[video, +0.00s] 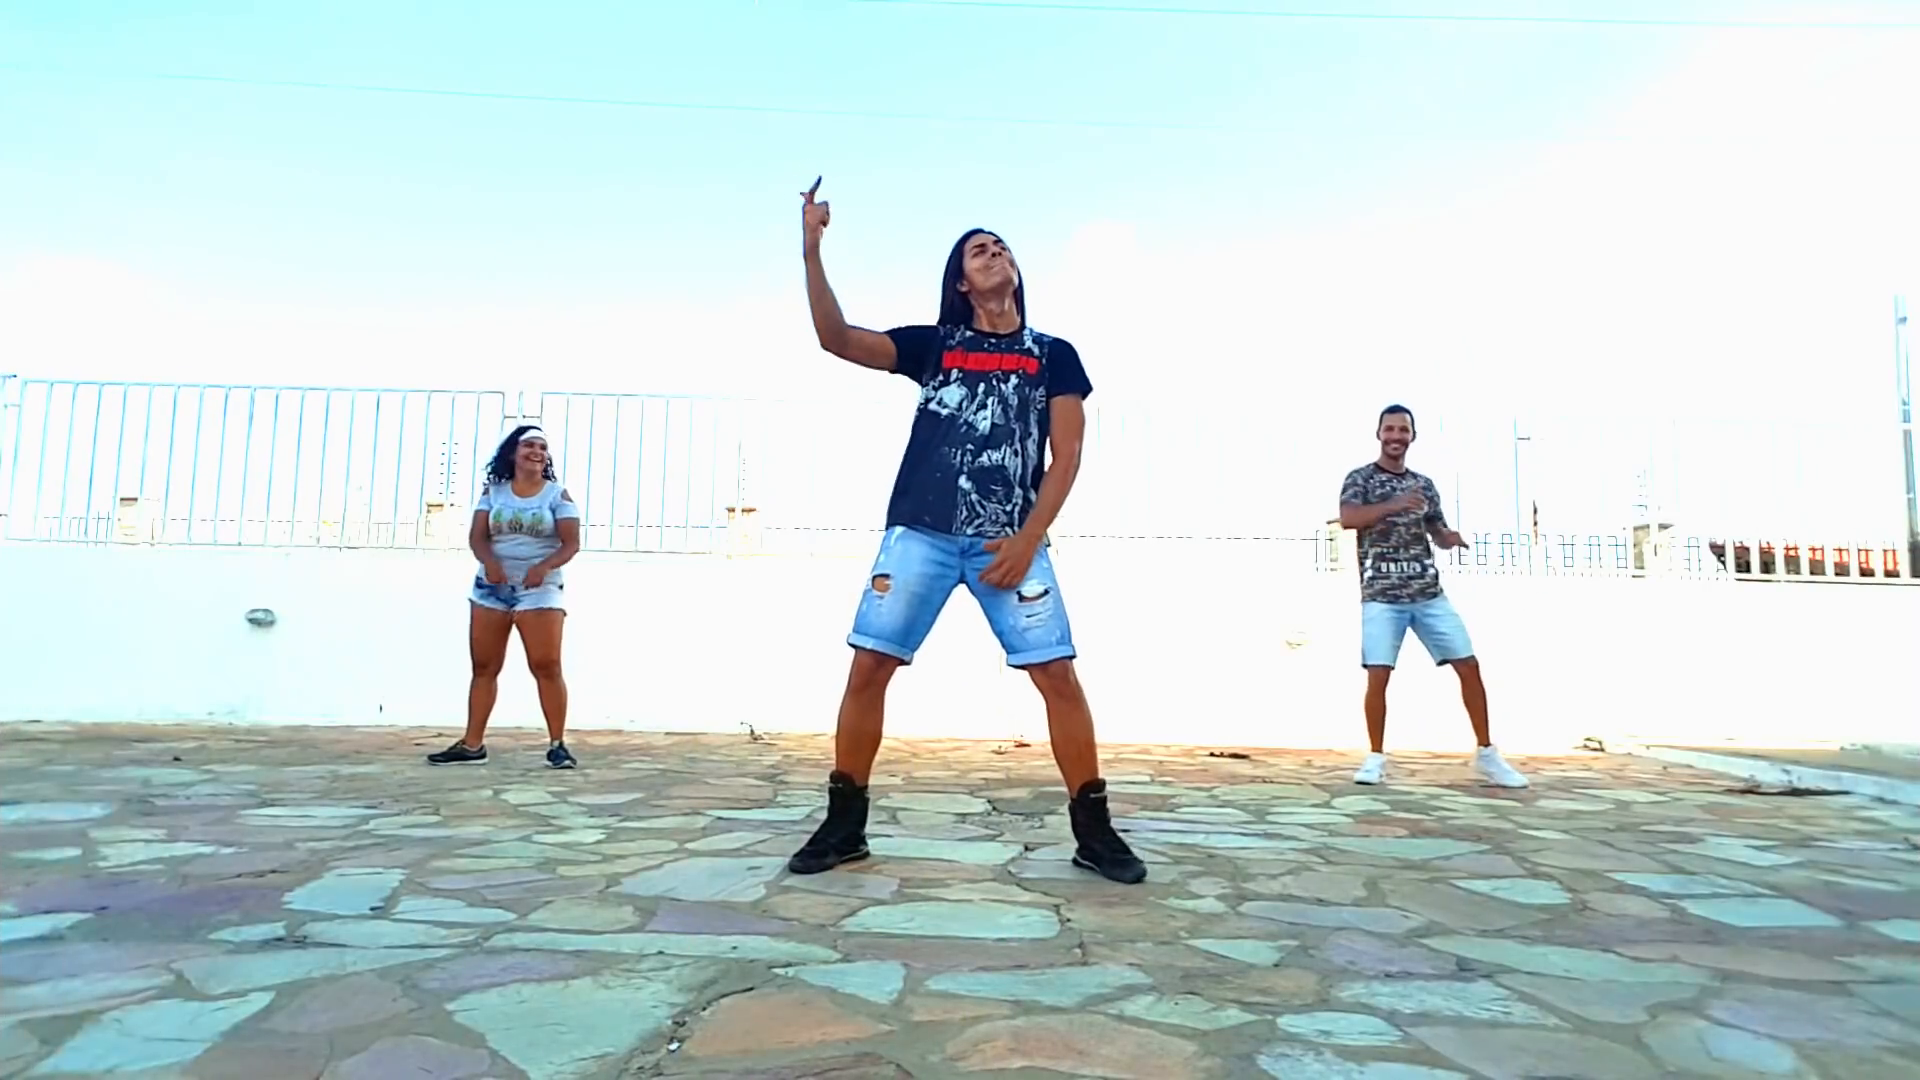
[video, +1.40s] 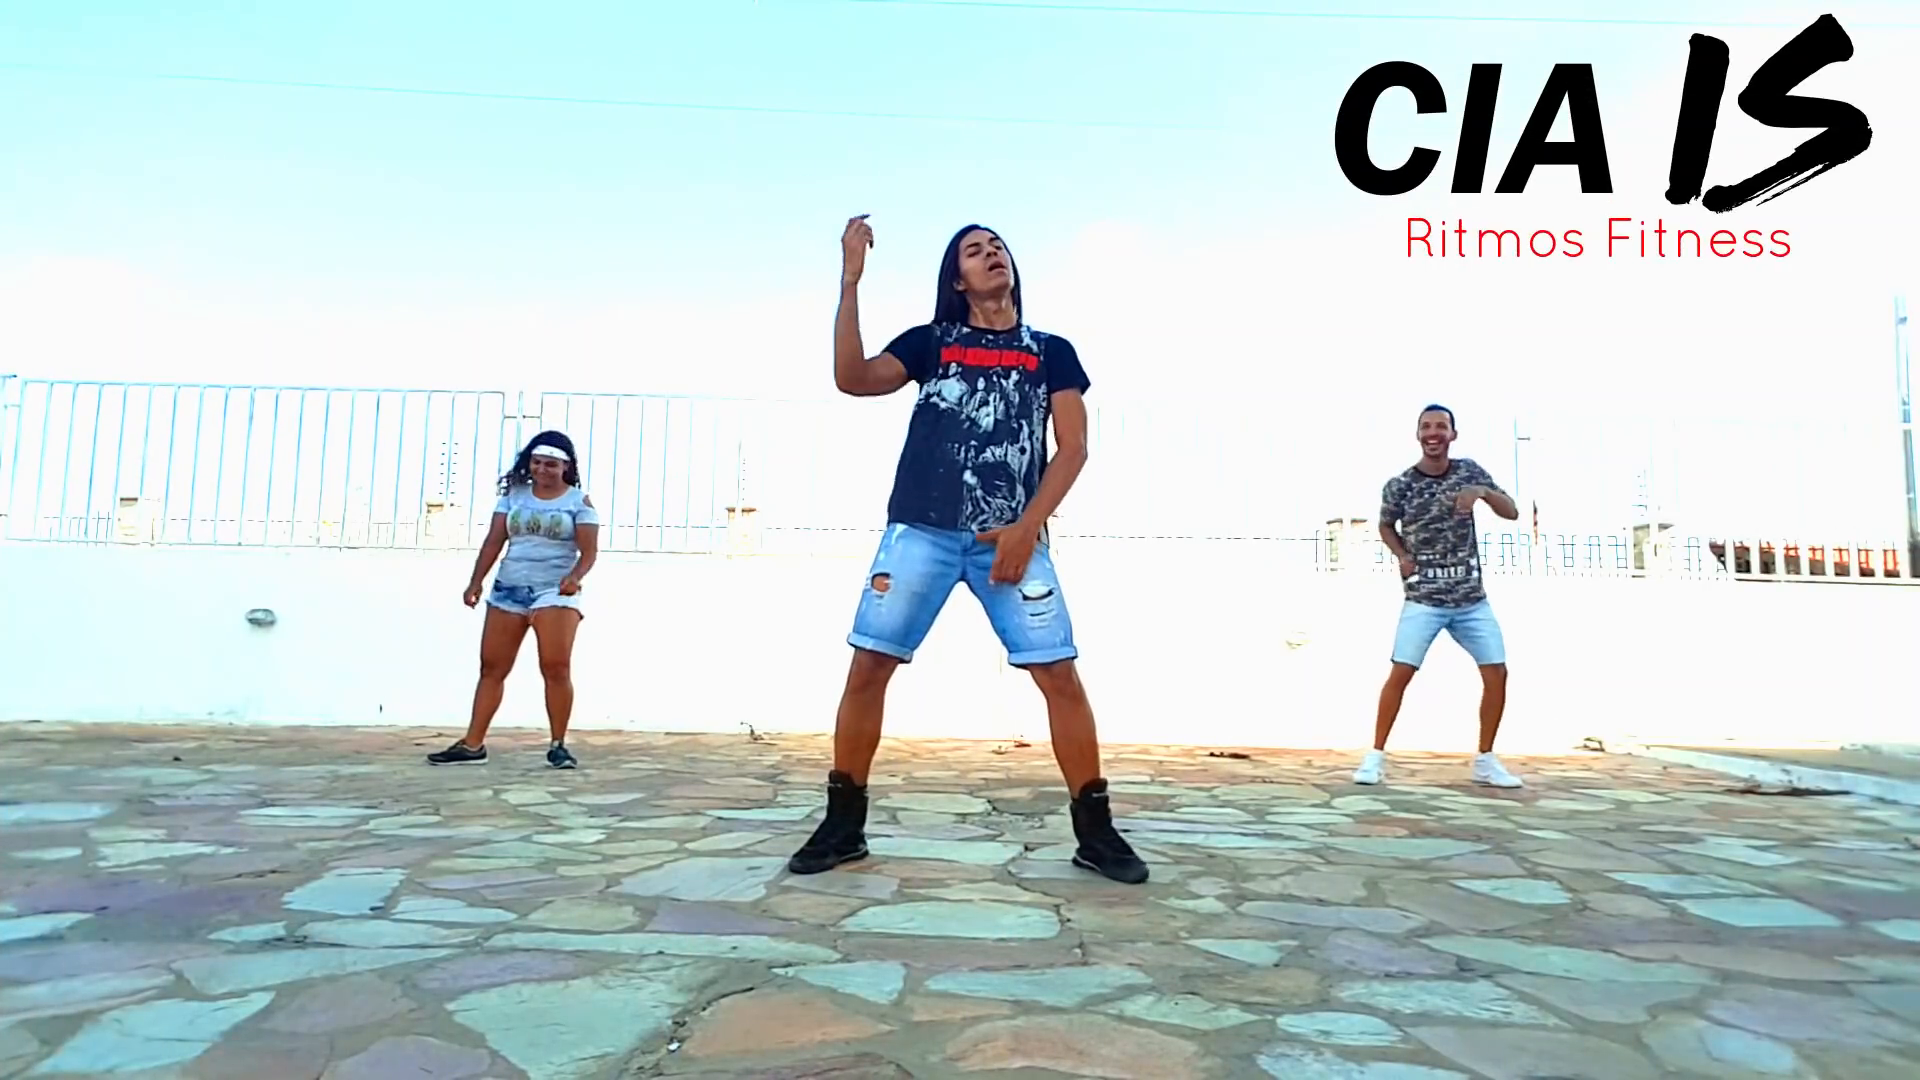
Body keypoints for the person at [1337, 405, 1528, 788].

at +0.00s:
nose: (1396, 436)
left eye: (1403, 430)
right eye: (1389, 429)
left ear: (1412, 437)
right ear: (1378, 435)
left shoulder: (1423, 484)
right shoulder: (1359, 479)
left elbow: (1438, 533)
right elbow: (1349, 518)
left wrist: (1451, 537)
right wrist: (1394, 504)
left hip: (1428, 594)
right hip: (1382, 596)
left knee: (1468, 665)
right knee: (1378, 674)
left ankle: (1486, 753)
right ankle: (1375, 757)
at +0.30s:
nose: (1382, 448)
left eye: (1387, 443)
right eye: (1376, 439)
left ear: (1389, 449)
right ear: (1357, 438)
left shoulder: (1393, 487)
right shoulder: (1330, 494)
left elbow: (1409, 541)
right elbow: (1340, 544)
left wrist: (1429, 531)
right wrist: (1378, 531)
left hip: (1418, 593)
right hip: (1372, 603)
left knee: (1470, 656)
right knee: (1373, 677)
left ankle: (1491, 744)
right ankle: (1375, 757)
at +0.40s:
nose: (1381, 431)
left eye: (1384, 425)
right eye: (1373, 424)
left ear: (1386, 429)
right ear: (1353, 428)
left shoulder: (1394, 470)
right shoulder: (1332, 484)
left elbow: (1418, 518)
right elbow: (1321, 539)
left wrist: (1431, 499)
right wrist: (1350, 564)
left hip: (1415, 582)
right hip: (1371, 593)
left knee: (1470, 638)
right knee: (1374, 670)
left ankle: (1507, 728)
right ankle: (1374, 755)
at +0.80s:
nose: (1335, 440)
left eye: (1342, 434)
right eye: (1334, 434)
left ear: (1367, 435)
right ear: (1340, 437)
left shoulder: (1403, 474)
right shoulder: (1335, 487)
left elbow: (1425, 520)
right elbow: (1328, 541)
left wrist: (1444, 546)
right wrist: (1346, 540)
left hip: (1419, 585)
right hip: (1373, 595)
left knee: (1466, 650)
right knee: (1374, 673)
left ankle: (1499, 740)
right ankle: (1375, 756)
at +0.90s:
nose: (1335, 439)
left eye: (1341, 431)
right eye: (1334, 432)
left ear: (1365, 432)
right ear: (1349, 434)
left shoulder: (1411, 467)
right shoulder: (1343, 478)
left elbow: (1438, 508)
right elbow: (1335, 523)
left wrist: (1440, 546)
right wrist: (1356, 489)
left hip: (1423, 583)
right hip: (1375, 590)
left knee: (1462, 658)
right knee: (1372, 672)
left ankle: (1489, 742)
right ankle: (1373, 755)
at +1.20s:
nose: (1384, 445)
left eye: (1390, 437)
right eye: (1379, 439)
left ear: (1411, 438)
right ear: (1376, 444)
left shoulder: (1446, 482)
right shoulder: (1375, 491)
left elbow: (1462, 533)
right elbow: (1356, 547)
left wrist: (1453, 540)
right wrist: (1371, 525)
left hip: (1448, 598)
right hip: (1398, 600)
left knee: (1481, 673)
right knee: (1383, 676)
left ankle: (1486, 757)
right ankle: (1375, 757)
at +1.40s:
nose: (1433, 433)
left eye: (1441, 427)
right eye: (1426, 427)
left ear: (1453, 434)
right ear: (1417, 434)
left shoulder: (1470, 473)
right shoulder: (1398, 487)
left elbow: (1511, 513)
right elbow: (1385, 526)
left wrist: (1483, 492)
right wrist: (1402, 555)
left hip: (1470, 599)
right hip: (1423, 599)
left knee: (1496, 673)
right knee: (1401, 671)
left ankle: (1485, 758)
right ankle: (1376, 754)